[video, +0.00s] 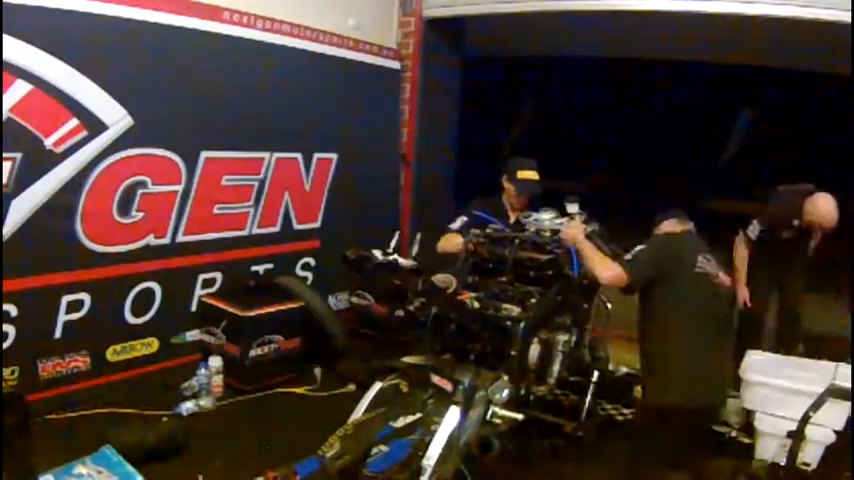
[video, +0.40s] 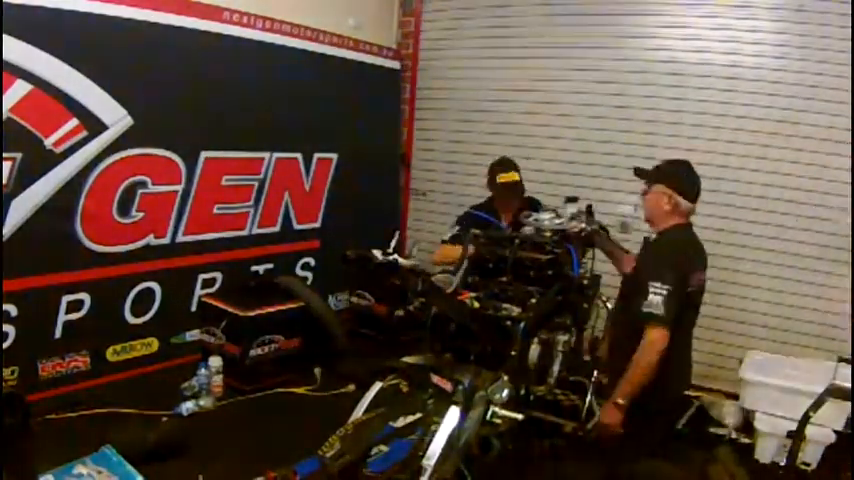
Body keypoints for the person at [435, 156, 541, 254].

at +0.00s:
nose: (523, 197)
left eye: (528, 192)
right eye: (518, 190)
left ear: (534, 189)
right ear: (505, 182)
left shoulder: (537, 217)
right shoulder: (482, 210)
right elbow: (443, 245)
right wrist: (482, 243)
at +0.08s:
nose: (522, 194)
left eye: (527, 188)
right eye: (517, 186)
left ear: (533, 187)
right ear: (503, 180)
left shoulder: (535, 217)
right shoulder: (482, 210)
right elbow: (439, 229)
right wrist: (473, 245)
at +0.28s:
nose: (520, 183)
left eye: (526, 178)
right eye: (514, 177)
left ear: (534, 185)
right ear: (504, 180)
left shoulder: (542, 218)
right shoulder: (483, 212)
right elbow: (441, 255)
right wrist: (474, 263)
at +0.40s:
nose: (509, 192)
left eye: (514, 186)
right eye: (504, 187)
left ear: (522, 186)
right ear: (491, 188)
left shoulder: (534, 208)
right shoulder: (476, 215)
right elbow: (440, 256)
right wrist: (478, 250)